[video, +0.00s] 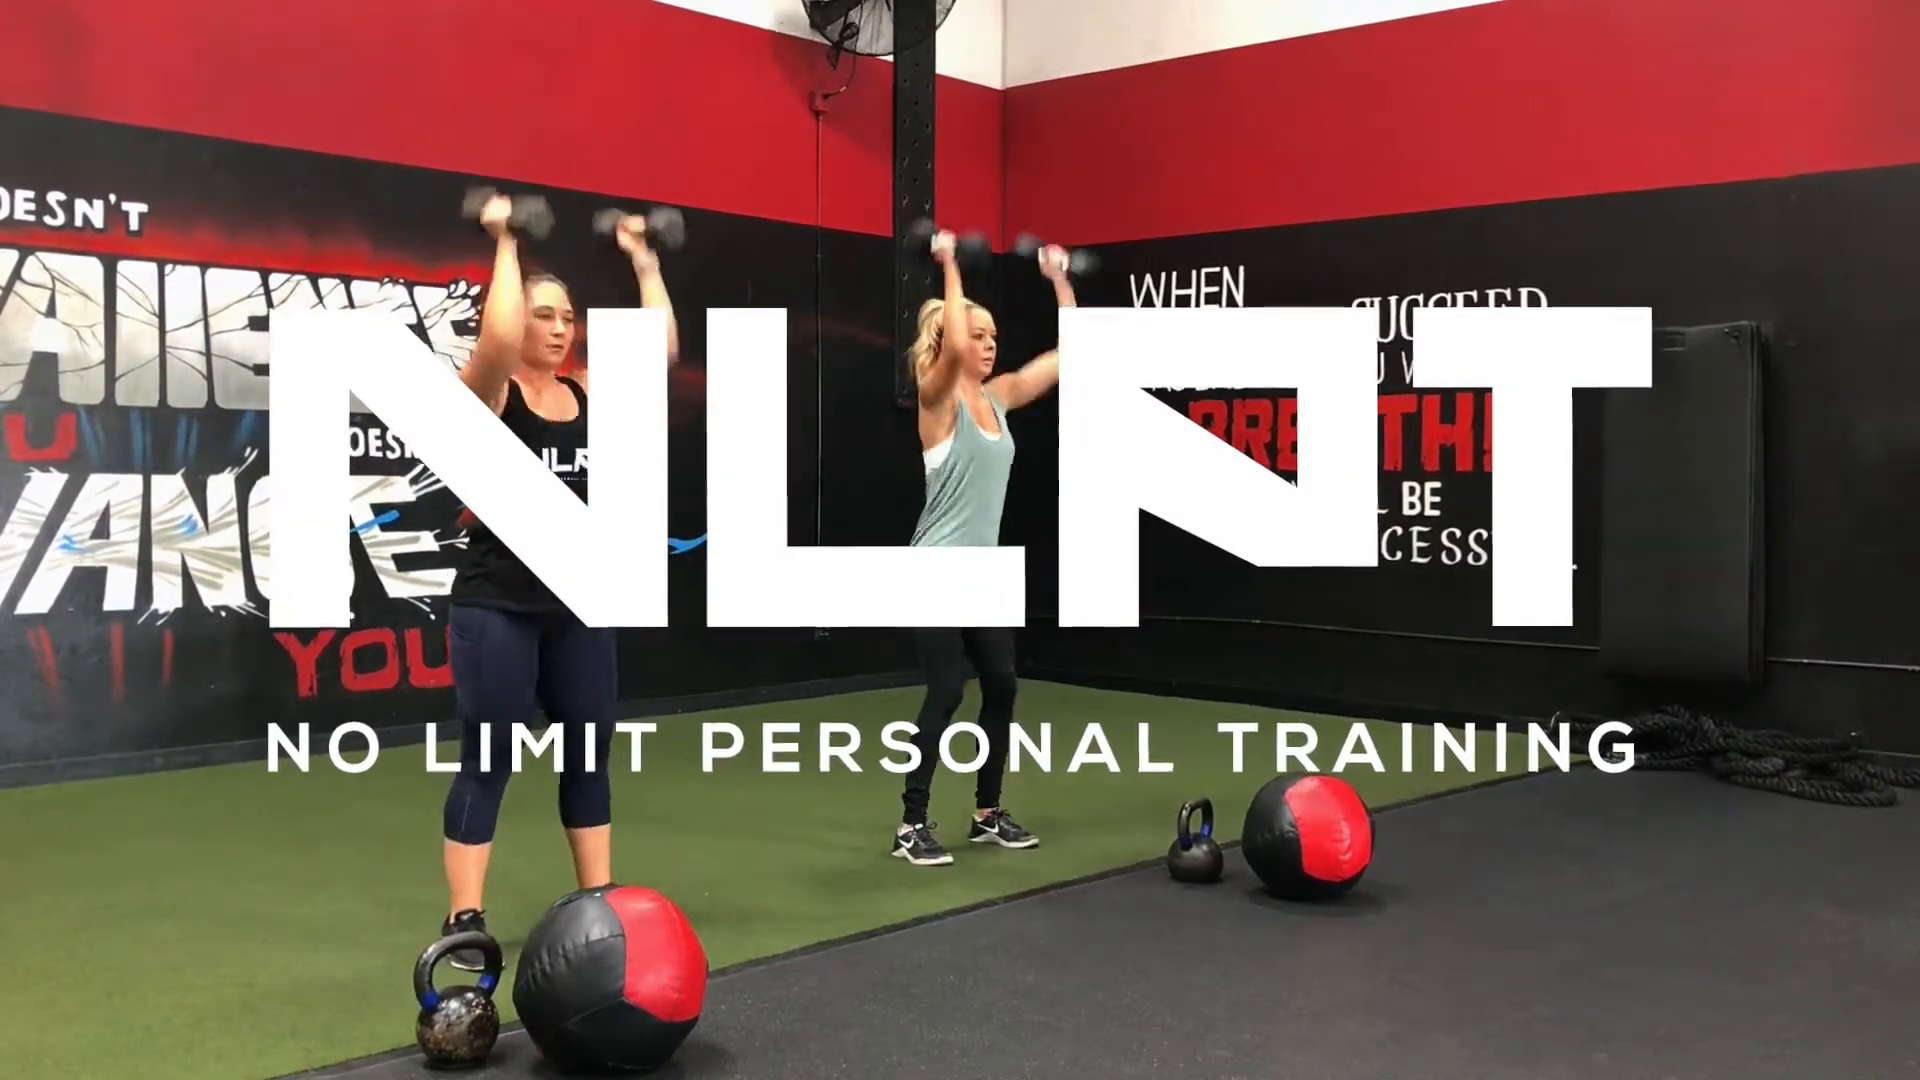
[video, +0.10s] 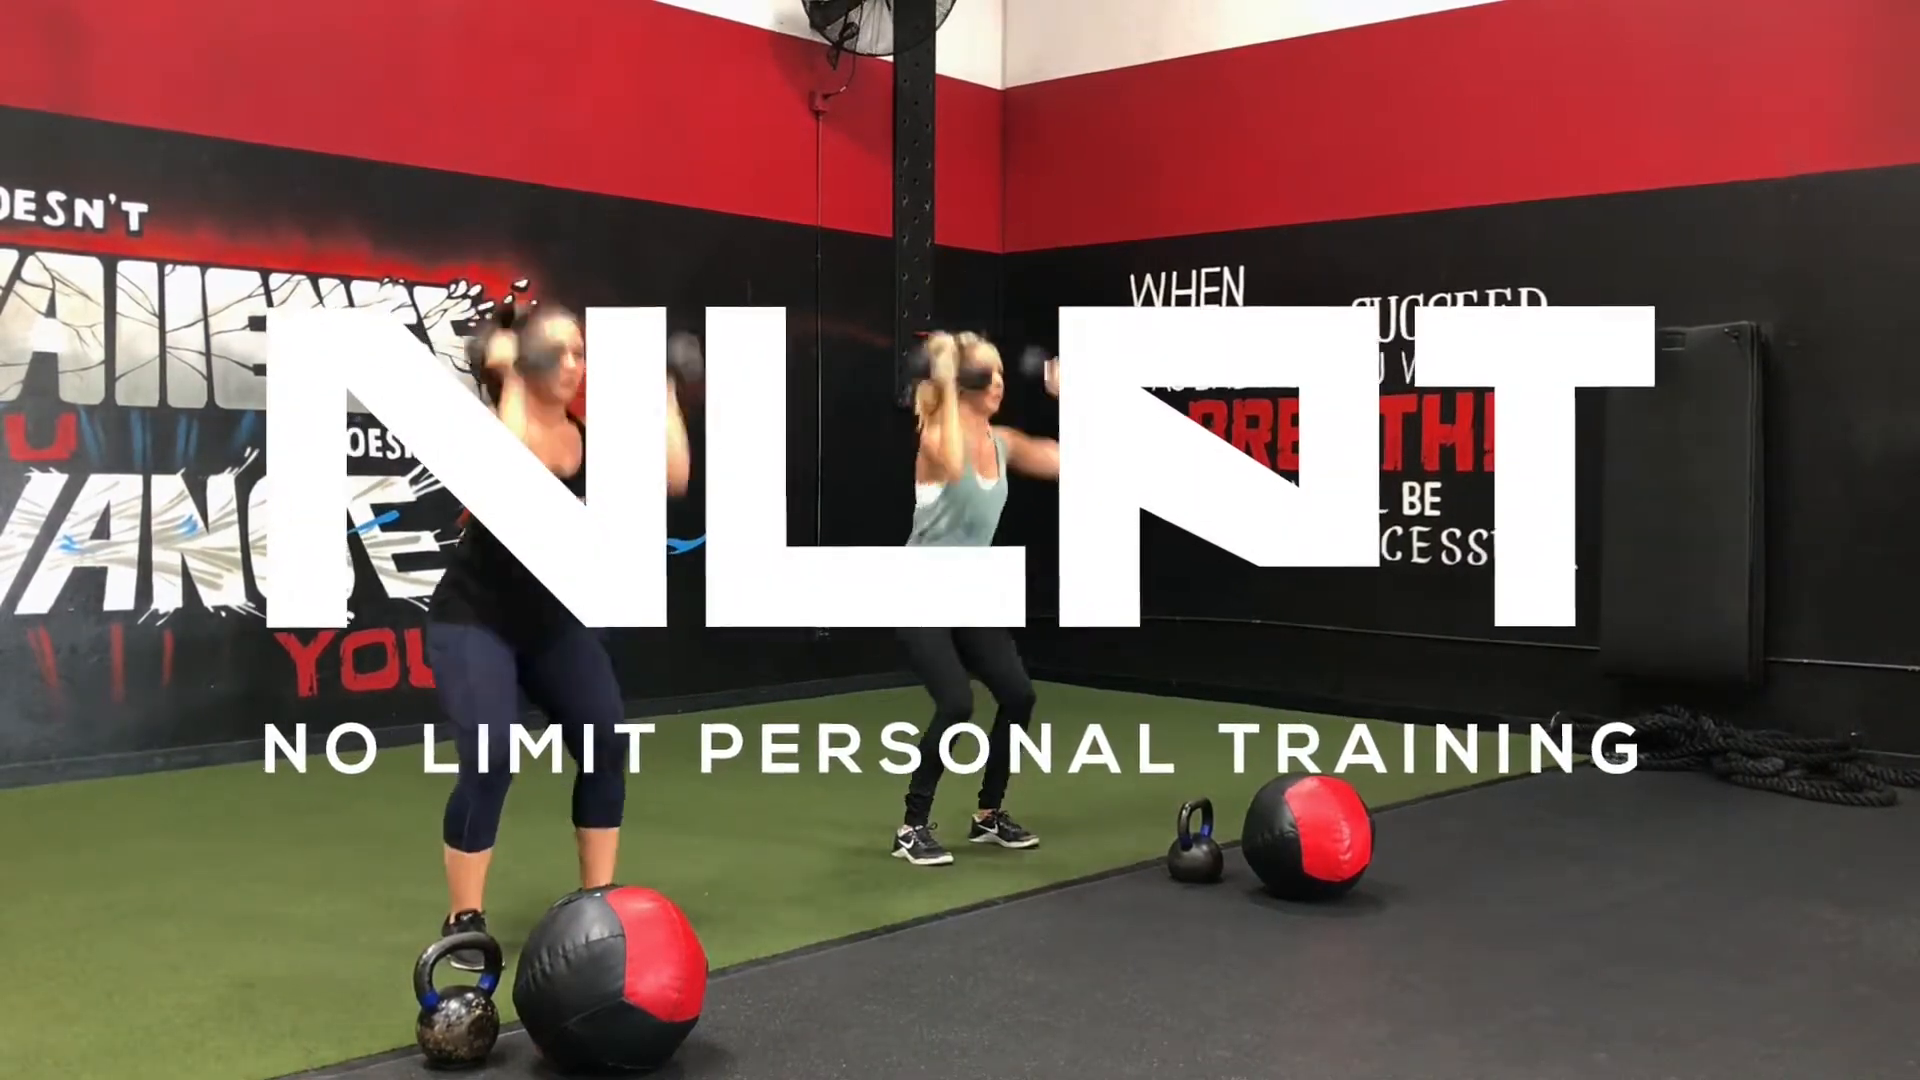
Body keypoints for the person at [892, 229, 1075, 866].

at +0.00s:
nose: (990, 344)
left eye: (992, 336)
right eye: (978, 335)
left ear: (993, 344)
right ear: (949, 344)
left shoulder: (998, 395)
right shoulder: (939, 401)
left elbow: (1069, 356)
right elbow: (956, 345)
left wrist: (1062, 285)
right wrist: (950, 267)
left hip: (990, 571)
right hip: (936, 570)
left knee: (1001, 686)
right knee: (946, 688)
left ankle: (989, 813)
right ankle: (914, 823)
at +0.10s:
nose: (1000, 387)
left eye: (1000, 378)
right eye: (990, 379)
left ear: (994, 387)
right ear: (964, 386)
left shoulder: (1003, 440)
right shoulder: (936, 435)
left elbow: (1066, 461)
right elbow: (952, 466)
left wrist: (1066, 398)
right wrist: (944, 390)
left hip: (973, 600)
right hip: (920, 600)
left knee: (1018, 694)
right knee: (956, 703)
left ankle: (988, 814)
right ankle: (914, 825)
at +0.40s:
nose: (1019, 509)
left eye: (1020, 500)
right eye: (1007, 500)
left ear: (1024, 507)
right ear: (976, 512)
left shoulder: (1012, 571)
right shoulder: (946, 566)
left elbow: (1051, 652)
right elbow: (958, 665)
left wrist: (1056, 586)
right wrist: (950, 585)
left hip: (956, 686)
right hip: (896, 684)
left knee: (1040, 712)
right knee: (960, 728)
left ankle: (990, 816)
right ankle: (914, 831)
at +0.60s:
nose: (1003, 390)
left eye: (1004, 380)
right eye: (991, 380)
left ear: (1004, 387)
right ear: (959, 387)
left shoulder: (1006, 450)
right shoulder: (940, 446)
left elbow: (1063, 497)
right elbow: (956, 508)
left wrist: (1060, 438)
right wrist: (944, 429)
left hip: (974, 604)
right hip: (919, 604)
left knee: (1025, 700)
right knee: (951, 709)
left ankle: (989, 814)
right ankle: (913, 827)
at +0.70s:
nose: (984, 340)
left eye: (989, 332)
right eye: (973, 331)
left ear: (993, 344)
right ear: (944, 338)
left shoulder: (998, 399)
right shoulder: (933, 403)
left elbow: (1074, 375)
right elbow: (937, 361)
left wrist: (1061, 310)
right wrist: (944, 289)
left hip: (988, 572)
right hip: (932, 572)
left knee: (992, 689)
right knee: (937, 689)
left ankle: (987, 813)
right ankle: (913, 825)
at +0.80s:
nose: (985, 339)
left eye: (988, 332)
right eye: (972, 330)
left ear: (989, 342)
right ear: (943, 335)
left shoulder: (994, 387)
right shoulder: (937, 393)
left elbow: (1041, 307)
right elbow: (943, 304)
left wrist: (1051, 231)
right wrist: (943, 209)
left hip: (991, 569)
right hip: (938, 569)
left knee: (984, 693)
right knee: (933, 691)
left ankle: (987, 813)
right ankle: (912, 825)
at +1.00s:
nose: (988, 360)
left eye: (991, 351)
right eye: (975, 351)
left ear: (995, 357)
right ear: (948, 359)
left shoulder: (999, 417)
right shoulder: (936, 420)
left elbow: (1074, 418)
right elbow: (942, 403)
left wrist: (1059, 354)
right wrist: (936, 332)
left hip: (976, 583)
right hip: (925, 583)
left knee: (1007, 689)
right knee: (950, 694)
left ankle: (988, 814)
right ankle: (914, 826)